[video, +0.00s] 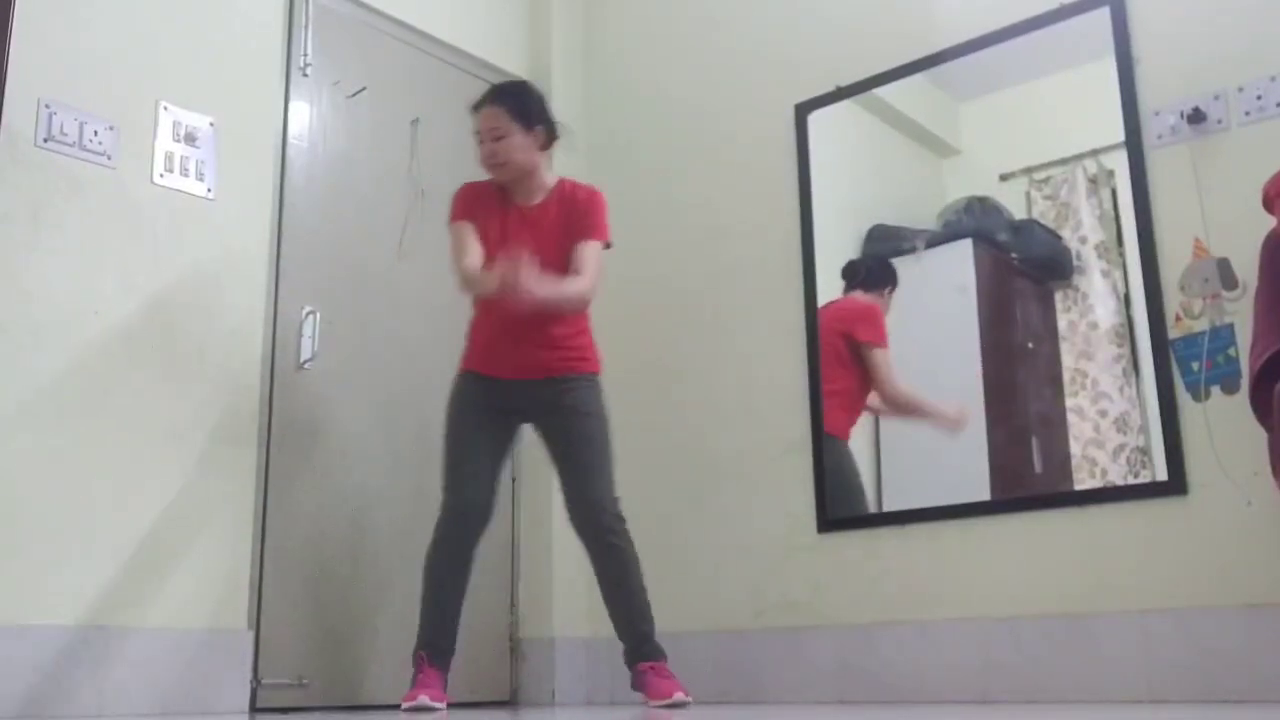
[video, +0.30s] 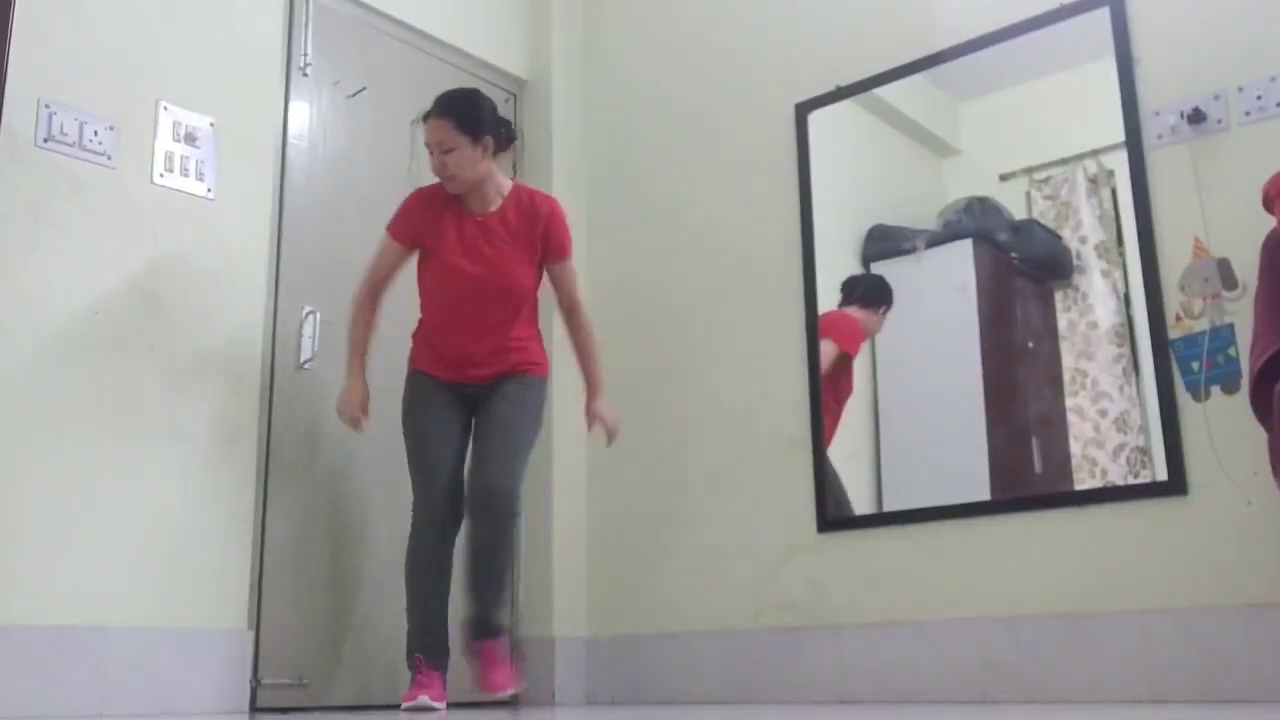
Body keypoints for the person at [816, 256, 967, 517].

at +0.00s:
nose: (888, 308)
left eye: (891, 300)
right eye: (891, 299)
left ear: (852, 285)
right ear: (886, 291)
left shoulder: (825, 313)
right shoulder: (866, 310)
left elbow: (866, 400)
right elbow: (889, 393)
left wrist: (929, 415)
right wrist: (943, 414)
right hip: (826, 440)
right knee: (857, 531)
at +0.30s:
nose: (880, 328)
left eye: (884, 319)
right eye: (884, 318)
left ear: (848, 298)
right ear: (879, 310)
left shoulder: (823, 322)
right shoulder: (846, 325)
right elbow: (811, 375)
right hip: (807, 449)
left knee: (840, 520)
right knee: (842, 521)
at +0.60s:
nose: (880, 315)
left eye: (882, 306)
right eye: (880, 305)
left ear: (840, 297)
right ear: (865, 300)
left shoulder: (825, 325)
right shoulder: (837, 328)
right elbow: (800, 354)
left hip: (810, 458)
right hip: (805, 461)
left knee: (843, 526)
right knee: (844, 527)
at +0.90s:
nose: (871, 290)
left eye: (870, 280)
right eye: (866, 279)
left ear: (843, 281)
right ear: (843, 280)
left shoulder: (824, 311)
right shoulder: (827, 309)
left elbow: (855, 399)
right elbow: (851, 386)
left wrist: (908, 379)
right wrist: (910, 378)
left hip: (816, 447)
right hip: (812, 449)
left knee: (854, 527)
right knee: (859, 527)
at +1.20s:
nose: (883, 272)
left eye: (881, 263)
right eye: (876, 262)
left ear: (853, 268)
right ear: (851, 267)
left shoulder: (831, 301)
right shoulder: (846, 295)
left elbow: (864, 398)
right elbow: (871, 369)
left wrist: (927, 409)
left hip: (821, 433)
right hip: (822, 434)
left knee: (841, 527)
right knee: (851, 526)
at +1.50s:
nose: (899, 267)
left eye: (901, 259)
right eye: (890, 257)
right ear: (860, 259)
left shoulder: (836, 288)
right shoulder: (864, 283)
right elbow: (840, 307)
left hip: (828, 420)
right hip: (836, 422)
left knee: (864, 512)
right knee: (856, 517)